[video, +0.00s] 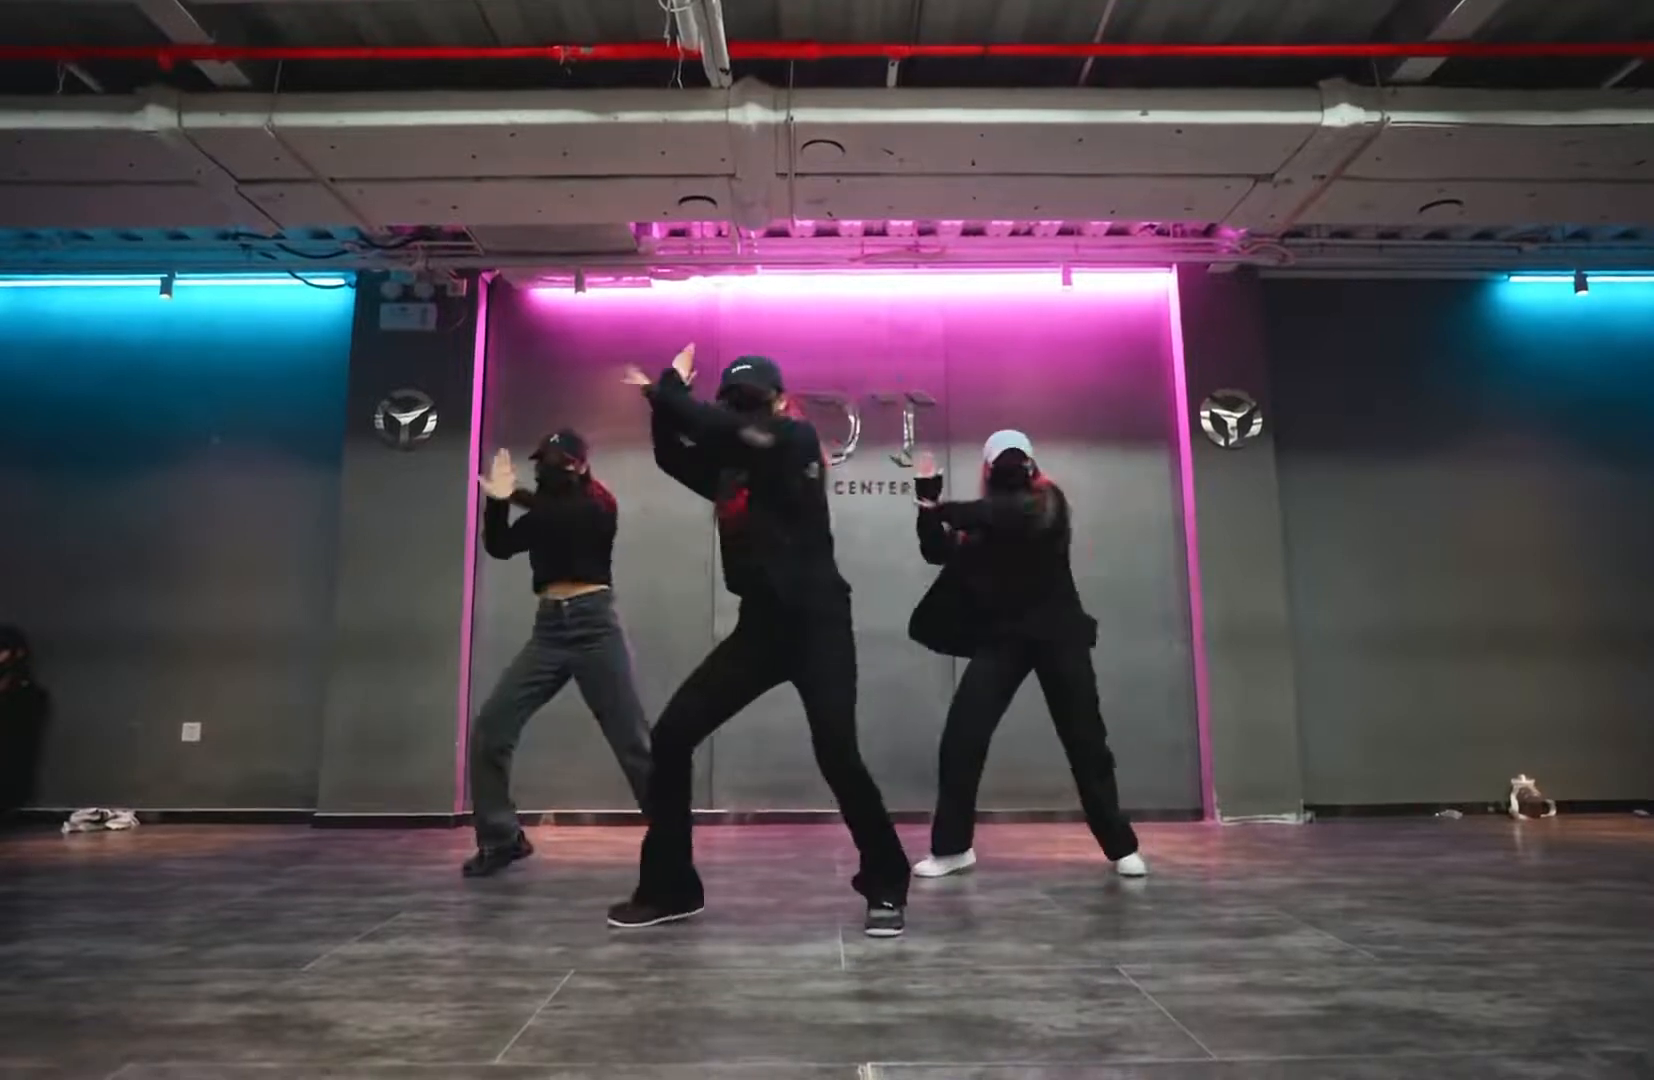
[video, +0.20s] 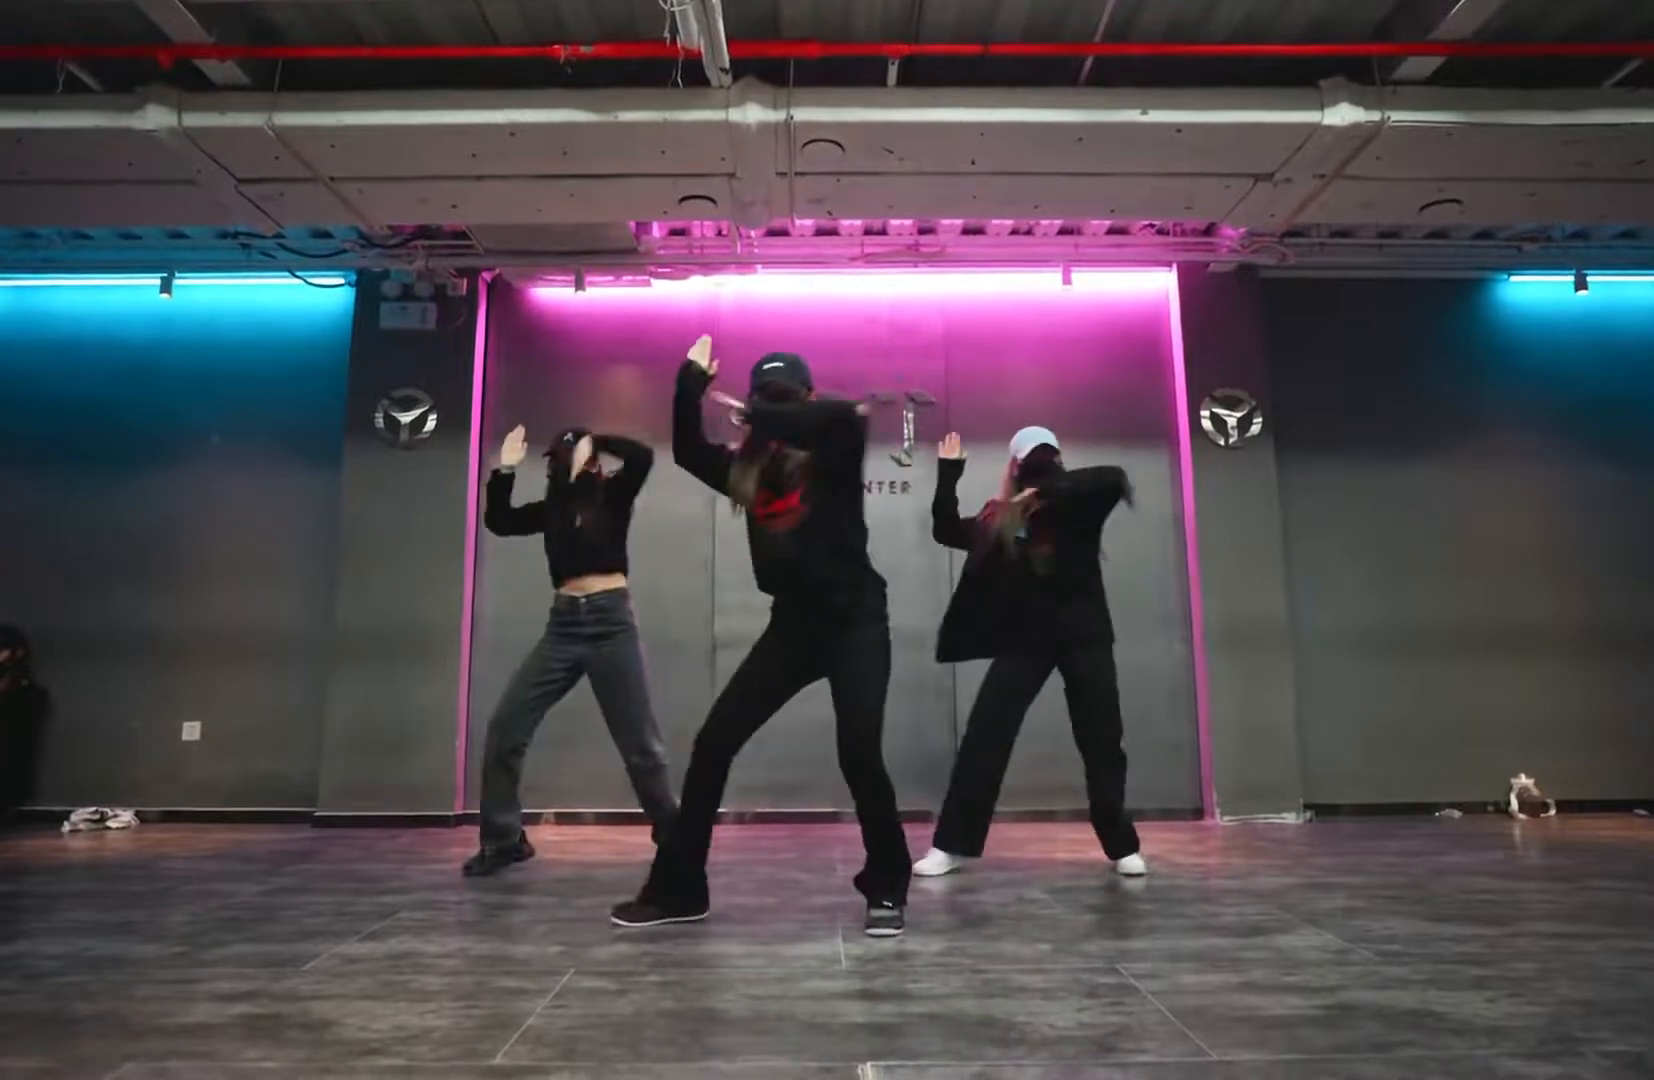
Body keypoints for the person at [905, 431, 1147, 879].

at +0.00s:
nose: (1012, 473)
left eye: (1018, 464)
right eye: (1003, 467)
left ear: (1030, 467)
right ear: (989, 472)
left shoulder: (1047, 499)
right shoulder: (980, 518)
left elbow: (1014, 514)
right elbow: (935, 550)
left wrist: (945, 511)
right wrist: (928, 499)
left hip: (1058, 635)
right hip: (1003, 637)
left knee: (1085, 741)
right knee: (962, 737)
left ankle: (1122, 850)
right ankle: (952, 849)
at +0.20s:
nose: (1044, 465)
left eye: (1048, 456)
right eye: (1036, 459)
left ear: (1017, 462)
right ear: (1023, 467)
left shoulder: (1080, 499)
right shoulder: (999, 519)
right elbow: (946, 529)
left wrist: (1038, 494)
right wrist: (948, 475)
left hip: (1083, 637)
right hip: (1025, 639)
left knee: (1102, 741)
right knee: (985, 736)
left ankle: (1123, 849)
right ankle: (952, 846)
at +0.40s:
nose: (1069, 481)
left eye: (1077, 472)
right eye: (1060, 472)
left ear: (1088, 476)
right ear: (1043, 474)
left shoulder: (1116, 518)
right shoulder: (1026, 520)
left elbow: (1168, 510)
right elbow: (975, 527)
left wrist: (1112, 482)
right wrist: (977, 467)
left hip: (1110, 650)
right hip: (1048, 649)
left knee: (1118, 745)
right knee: (1007, 731)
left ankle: (1124, 848)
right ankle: (995, 836)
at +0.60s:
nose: (1083, 468)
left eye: (1089, 461)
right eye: (1074, 461)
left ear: (1098, 465)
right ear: (1057, 467)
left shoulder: (1123, 515)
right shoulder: (1041, 515)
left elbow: (1151, 575)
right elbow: (997, 519)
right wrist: (1004, 462)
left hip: (1116, 648)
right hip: (1059, 648)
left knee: (1122, 747)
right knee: (1063, 745)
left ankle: (1122, 843)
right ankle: (1083, 826)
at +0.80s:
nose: (1090, 405)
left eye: (1095, 398)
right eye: (1080, 399)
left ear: (1104, 407)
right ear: (1061, 411)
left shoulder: (1128, 456)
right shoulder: (1042, 455)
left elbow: (1136, 529)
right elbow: (995, 455)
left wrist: (1143, 592)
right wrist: (1011, 394)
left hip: (1115, 590)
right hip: (1059, 591)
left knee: (1118, 686)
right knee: (1061, 688)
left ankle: (1109, 781)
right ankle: (1071, 787)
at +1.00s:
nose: (1102, 453)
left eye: (1108, 444)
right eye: (1092, 445)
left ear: (1116, 446)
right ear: (1071, 448)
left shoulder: (1135, 490)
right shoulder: (1046, 489)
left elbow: (1149, 556)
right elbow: (1003, 536)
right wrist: (1032, 495)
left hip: (1111, 625)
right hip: (1055, 625)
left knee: (1121, 726)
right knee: (1057, 722)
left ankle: (1134, 832)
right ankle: (1069, 818)